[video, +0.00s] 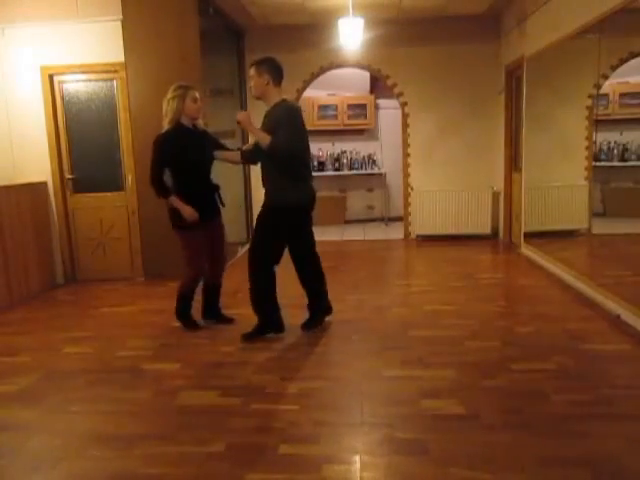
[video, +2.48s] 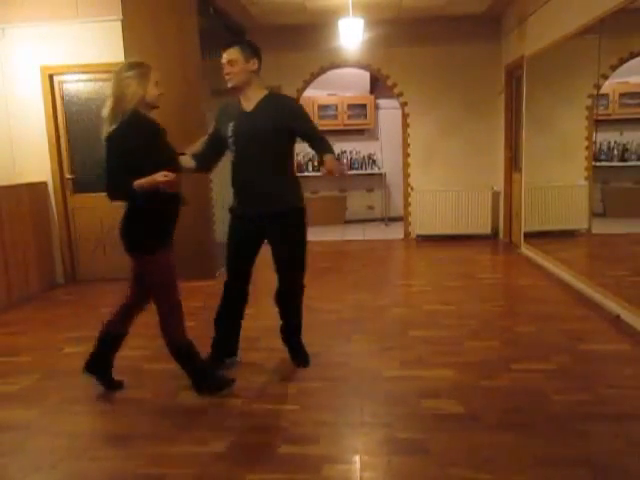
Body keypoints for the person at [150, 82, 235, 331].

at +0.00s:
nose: (199, 105)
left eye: (199, 100)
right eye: (193, 100)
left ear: (197, 105)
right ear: (178, 104)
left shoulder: (201, 135)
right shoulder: (165, 140)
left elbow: (227, 152)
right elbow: (156, 180)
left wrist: (252, 147)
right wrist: (180, 206)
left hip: (209, 201)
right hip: (185, 205)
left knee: (216, 260)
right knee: (196, 264)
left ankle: (211, 309)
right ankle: (183, 311)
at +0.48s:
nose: (177, 99)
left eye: (176, 94)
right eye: (171, 95)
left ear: (167, 99)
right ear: (154, 100)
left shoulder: (179, 134)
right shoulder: (141, 141)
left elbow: (196, 163)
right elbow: (136, 186)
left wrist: (208, 170)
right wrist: (163, 205)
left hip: (194, 212)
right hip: (167, 218)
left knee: (201, 273)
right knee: (178, 282)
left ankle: (189, 330)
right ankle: (157, 353)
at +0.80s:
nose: (153, 93)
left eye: (152, 88)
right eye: (146, 88)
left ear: (138, 93)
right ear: (128, 94)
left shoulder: (143, 127)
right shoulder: (125, 129)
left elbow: (161, 165)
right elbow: (123, 178)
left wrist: (196, 155)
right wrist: (165, 196)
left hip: (152, 221)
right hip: (138, 224)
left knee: (180, 277)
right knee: (155, 290)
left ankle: (143, 330)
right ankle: (148, 371)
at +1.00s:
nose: (136, 93)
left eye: (134, 88)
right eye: (130, 89)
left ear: (119, 95)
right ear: (112, 95)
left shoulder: (128, 133)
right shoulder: (114, 136)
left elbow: (168, 159)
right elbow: (122, 190)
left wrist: (205, 130)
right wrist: (147, 224)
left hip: (130, 224)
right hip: (119, 227)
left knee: (147, 297)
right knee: (134, 301)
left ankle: (100, 361)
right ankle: (145, 378)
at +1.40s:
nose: (125, 89)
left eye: (123, 83)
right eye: (118, 84)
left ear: (108, 88)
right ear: (98, 89)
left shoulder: (116, 128)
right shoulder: (88, 132)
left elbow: (134, 168)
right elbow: (82, 186)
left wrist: (170, 166)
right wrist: (118, 218)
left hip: (121, 224)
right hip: (109, 227)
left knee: (118, 300)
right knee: (150, 300)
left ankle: (89, 369)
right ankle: (132, 370)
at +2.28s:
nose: (124, 95)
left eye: (123, 89)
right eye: (118, 89)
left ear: (100, 94)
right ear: (99, 93)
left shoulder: (109, 132)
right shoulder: (95, 137)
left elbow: (132, 164)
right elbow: (99, 192)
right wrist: (139, 182)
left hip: (109, 237)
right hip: (110, 240)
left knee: (93, 306)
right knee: (162, 292)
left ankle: (86, 376)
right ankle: (163, 367)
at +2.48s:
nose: (160, 90)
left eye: (158, 84)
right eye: (154, 84)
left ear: (138, 88)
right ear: (135, 88)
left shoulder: (151, 126)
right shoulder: (124, 133)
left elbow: (163, 164)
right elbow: (115, 188)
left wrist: (193, 152)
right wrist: (150, 180)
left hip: (157, 223)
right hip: (144, 227)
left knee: (138, 298)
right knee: (168, 303)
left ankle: (100, 360)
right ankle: (200, 375)